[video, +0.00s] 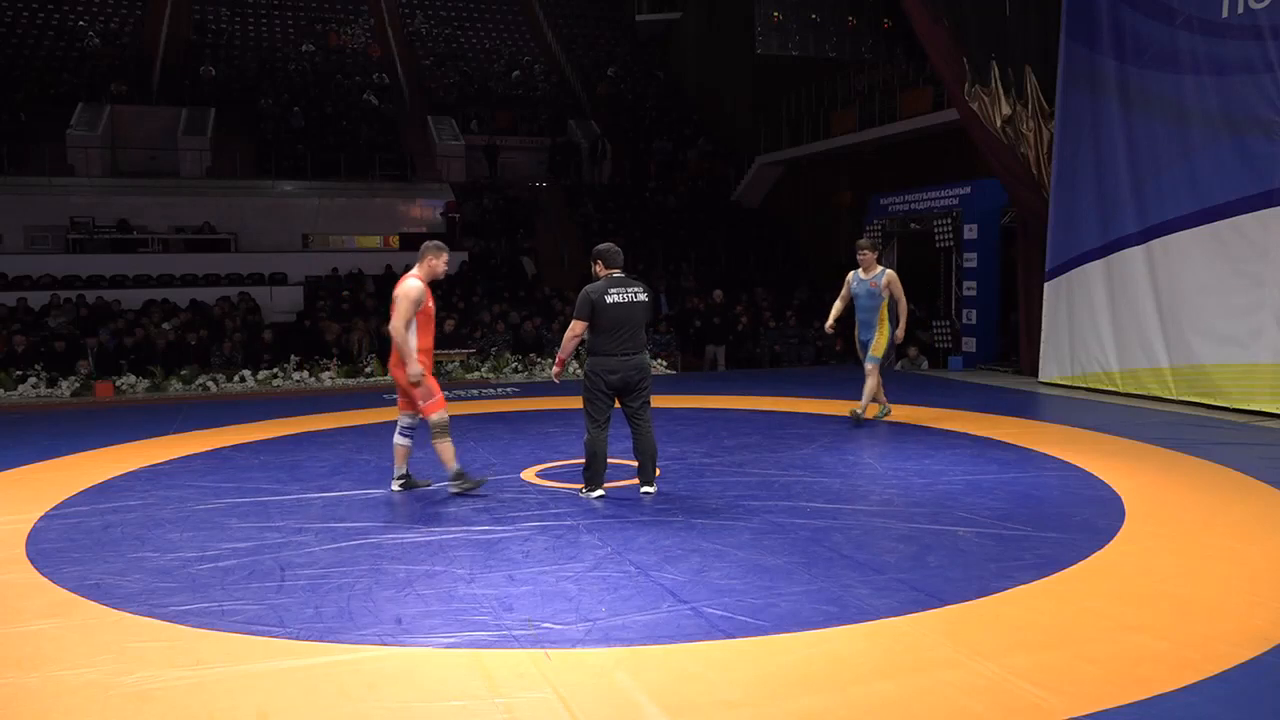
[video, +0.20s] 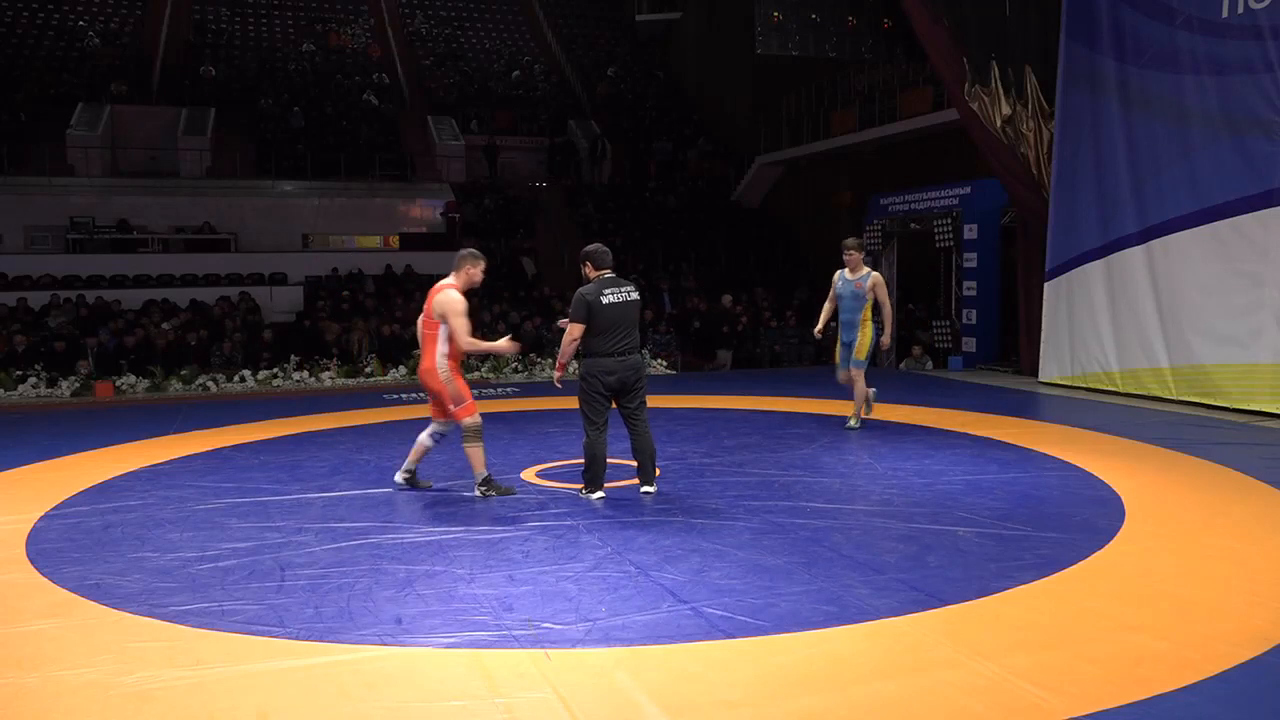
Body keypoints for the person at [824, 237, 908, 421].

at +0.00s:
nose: (860, 257)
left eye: (865, 254)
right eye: (858, 254)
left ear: (875, 255)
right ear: (856, 256)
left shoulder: (888, 276)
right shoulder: (852, 276)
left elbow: (901, 301)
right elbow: (842, 300)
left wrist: (901, 328)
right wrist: (831, 318)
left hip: (880, 330)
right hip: (860, 330)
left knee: (871, 367)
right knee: (870, 369)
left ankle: (861, 409)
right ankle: (883, 403)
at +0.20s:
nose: (847, 258)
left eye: (851, 254)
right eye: (845, 254)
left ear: (861, 255)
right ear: (843, 255)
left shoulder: (874, 278)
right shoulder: (839, 276)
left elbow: (885, 306)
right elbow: (830, 301)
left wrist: (887, 333)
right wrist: (821, 324)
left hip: (863, 331)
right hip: (843, 331)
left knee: (857, 373)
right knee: (843, 376)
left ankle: (856, 415)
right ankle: (867, 393)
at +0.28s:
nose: (839, 255)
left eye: (843, 252)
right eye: (837, 252)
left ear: (854, 253)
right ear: (835, 253)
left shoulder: (867, 275)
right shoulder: (833, 274)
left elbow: (879, 303)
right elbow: (827, 301)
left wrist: (878, 331)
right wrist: (821, 325)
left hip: (857, 332)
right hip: (836, 331)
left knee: (855, 373)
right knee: (829, 372)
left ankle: (856, 414)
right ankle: (853, 399)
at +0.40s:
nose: (827, 256)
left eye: (831, 252)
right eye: (825, 252)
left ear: (842, 252)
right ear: (823, 254)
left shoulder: (856, 274)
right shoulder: (822, 274)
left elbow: (870, 301)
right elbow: (820, 303)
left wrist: (864, 327)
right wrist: (820, 328)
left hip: (848, 334)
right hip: (826, 332)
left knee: (851, 375)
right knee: (813, 370)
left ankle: (854, 415)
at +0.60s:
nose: (804, 260)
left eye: (808, 256)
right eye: (802, 256)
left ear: (819, 256)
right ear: (799, 258)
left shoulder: (833, 277)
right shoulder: (800, 280)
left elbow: (848, 301)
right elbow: (803, 308)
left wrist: (843, 325)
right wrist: (800, 332)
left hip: (825, 338)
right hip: (802, 337)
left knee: (833, 380)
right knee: (794, 378)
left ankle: (849, 412)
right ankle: (791, 422)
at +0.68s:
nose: (794, 259)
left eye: (799, 255)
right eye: (792, 255)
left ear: (810, 254)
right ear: (790, 257)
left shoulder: (825, 276)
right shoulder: (791, 279)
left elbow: (839, 302)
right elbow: (791, 307)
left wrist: (834, 327)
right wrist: (790, 332)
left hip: (815, 338)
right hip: (792, 336)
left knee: (816, 383)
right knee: (788, 379)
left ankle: (837, 404)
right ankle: (790, 422)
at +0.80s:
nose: (782, 255)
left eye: (786, 251)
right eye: (780, 251)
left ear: (798, 250)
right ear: (778, 253)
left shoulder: (813, 272)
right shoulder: (779, 275)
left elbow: (826, 301)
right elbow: (774, 305)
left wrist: (822, 329)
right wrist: (769, 333)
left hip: (802, 335)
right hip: (781, 335)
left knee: (791, 375)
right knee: (783, 379)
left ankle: (810, 407)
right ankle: (790, 420)